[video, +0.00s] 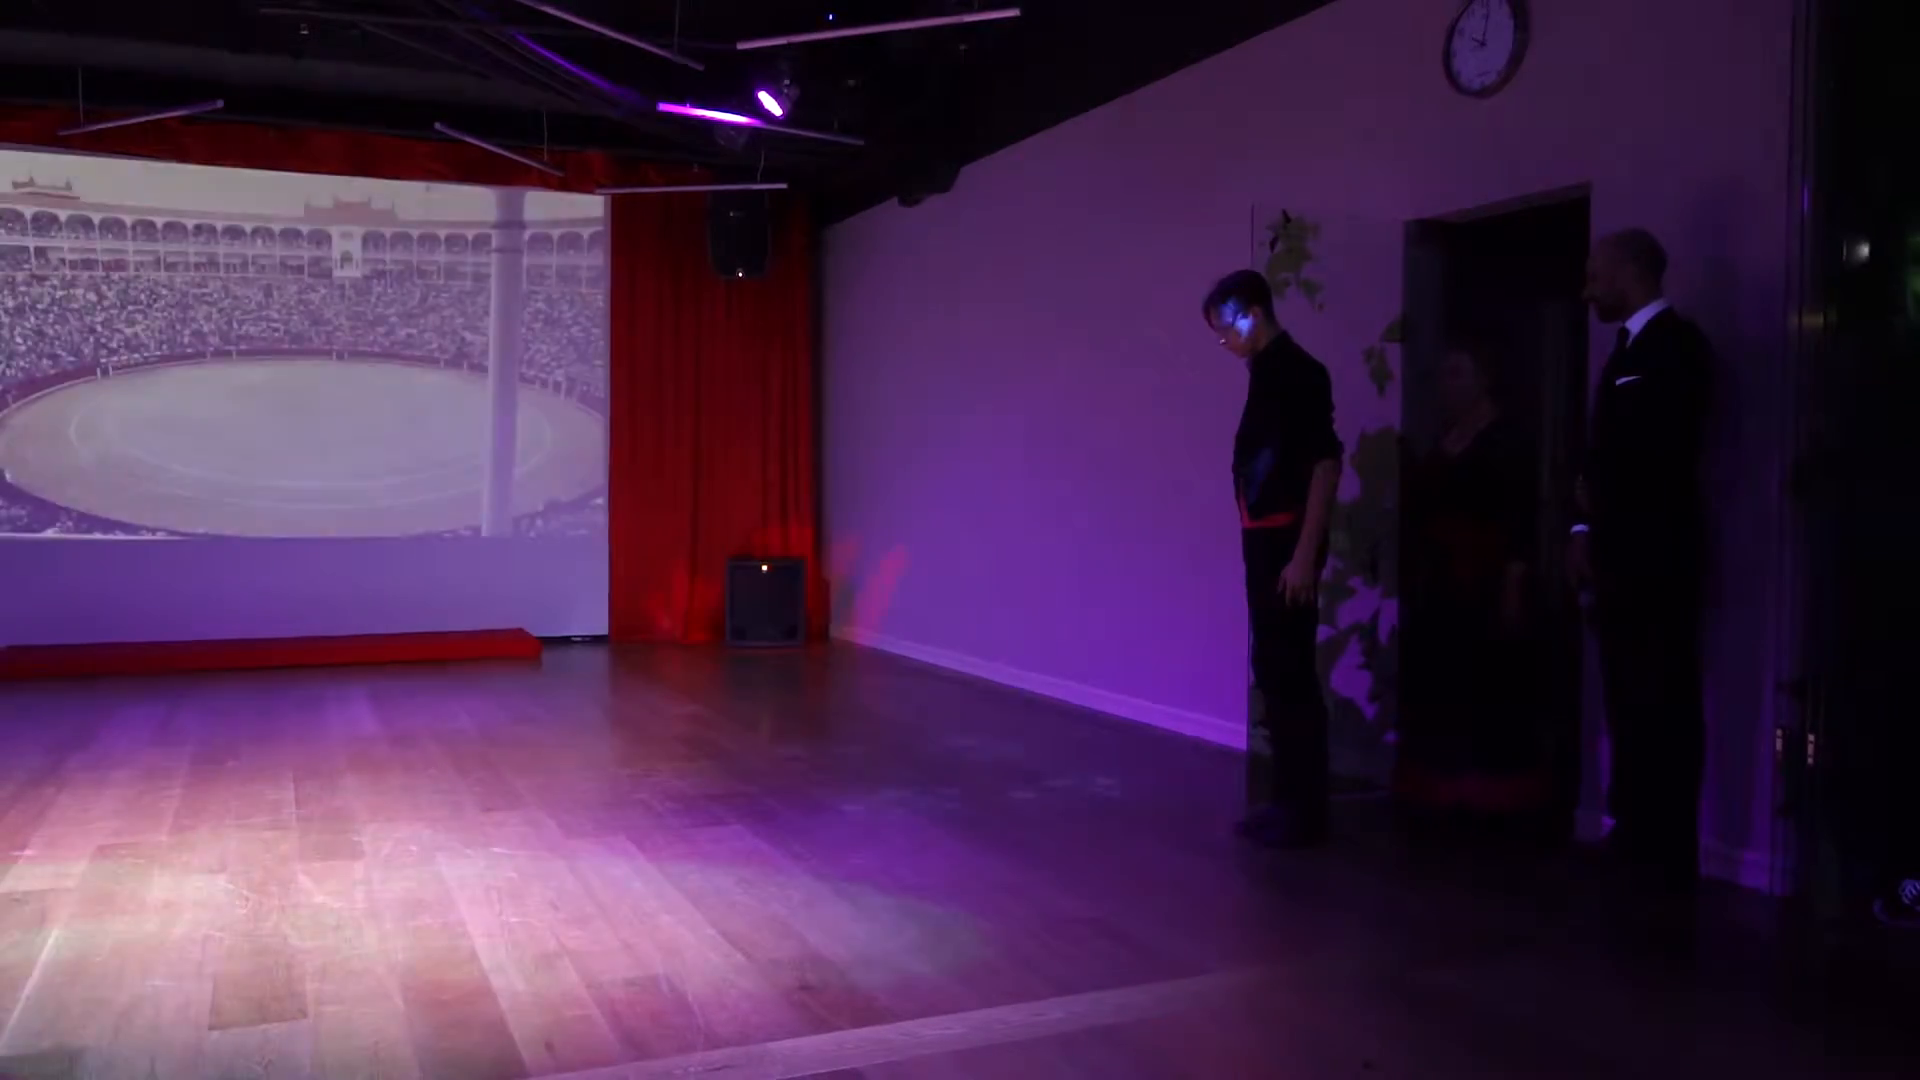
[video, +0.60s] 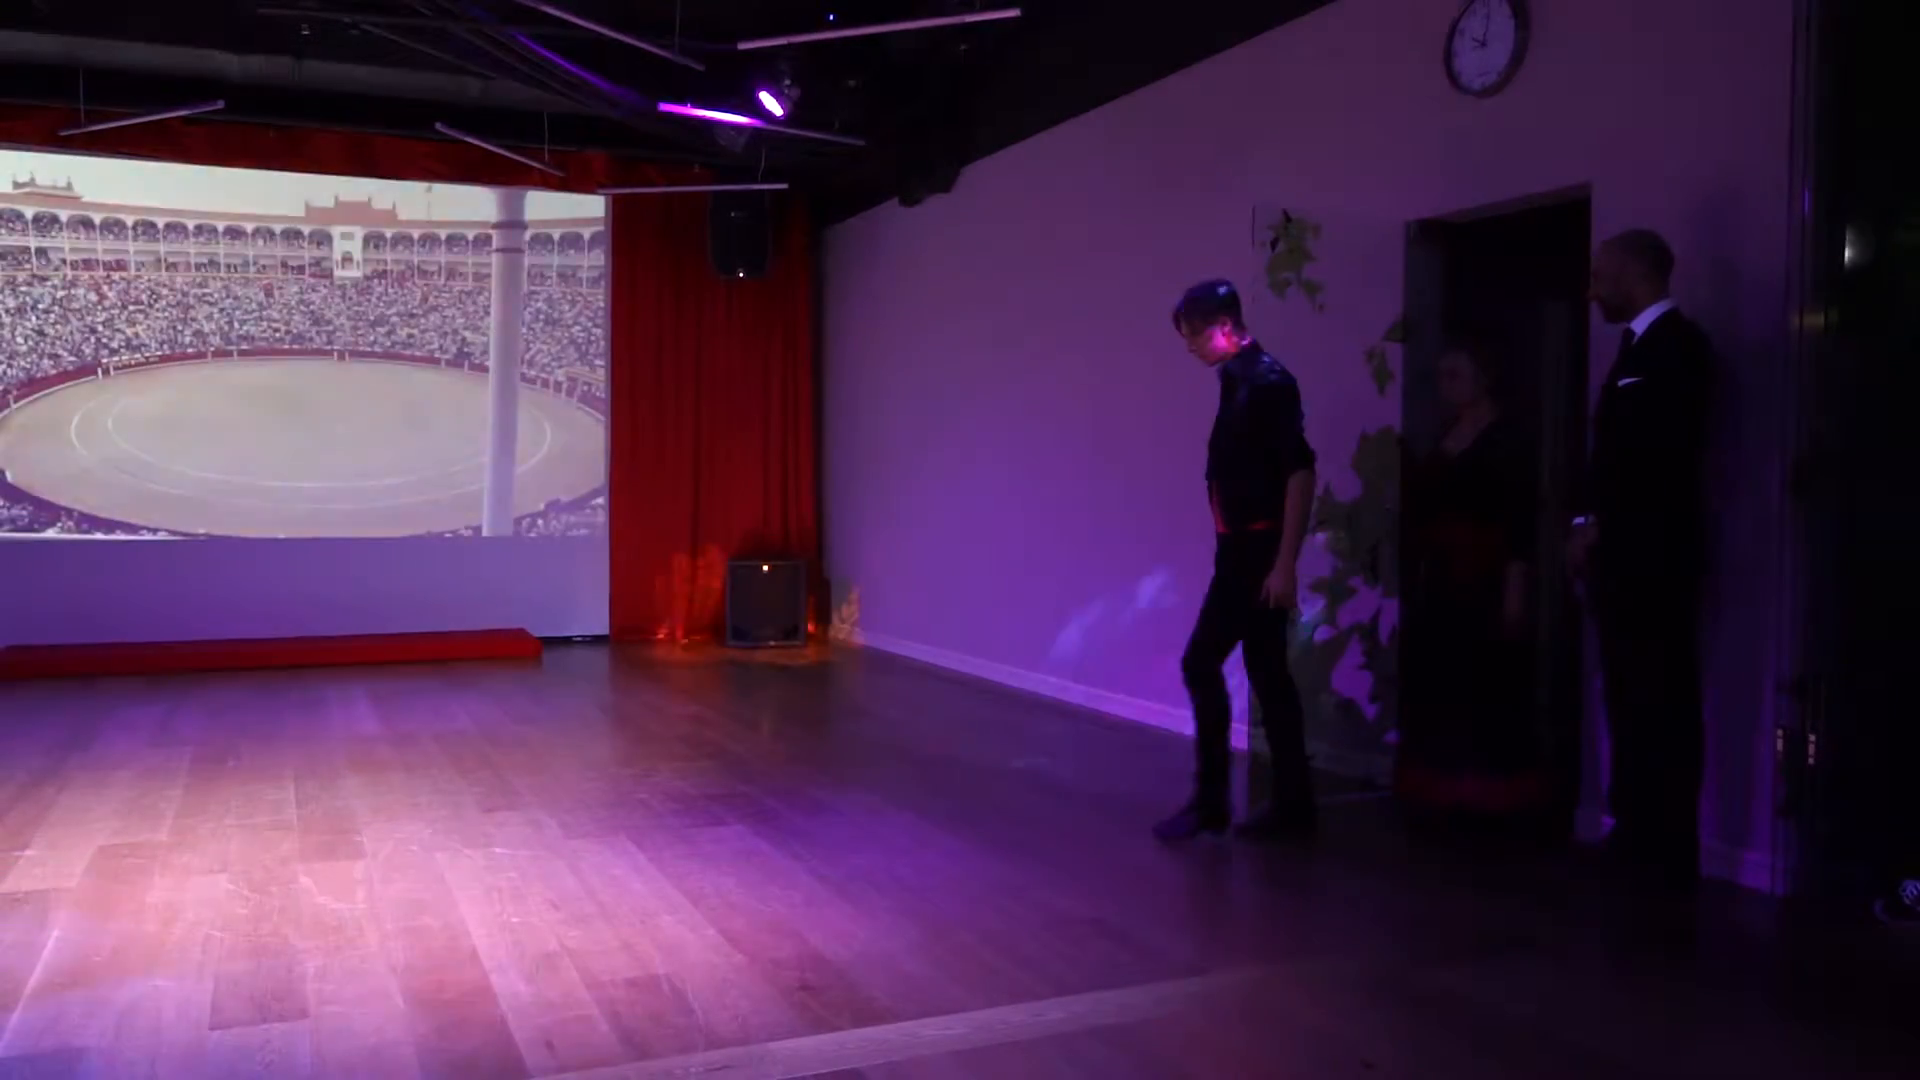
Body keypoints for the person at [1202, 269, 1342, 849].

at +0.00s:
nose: (1223, 341)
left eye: (1225, 327)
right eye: (1219, 331)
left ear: (1252, 314)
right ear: (1248, 318)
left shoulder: (1296, 371)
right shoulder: (1269, 371)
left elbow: (1325, 464)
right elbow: (1280, 466)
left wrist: (1303, 556)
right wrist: (1263, 548)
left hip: (1284, 544)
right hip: (1264, 542)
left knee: (1287, 675)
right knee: (1277, 676)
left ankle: (1299, 809)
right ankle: (1289, 803)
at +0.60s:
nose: (1190, 349)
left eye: (1193, 337)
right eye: (1187, 339)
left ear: (1222, 327)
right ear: (1223, 328)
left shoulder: (1267, 381)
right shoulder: (1240, 379)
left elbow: (1300, 473)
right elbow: (1239, 466)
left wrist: (1285, 564)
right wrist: (1230, 542)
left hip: (1255, 551)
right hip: (1245, 548)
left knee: (1200, 663)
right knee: (1269, 675)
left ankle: (1211, 800)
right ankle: (1293, 802)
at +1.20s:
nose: (1083, 346)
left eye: (1085, 332)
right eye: (1078, 335)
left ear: (1113, 322)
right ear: (1111, 324)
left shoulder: (1153, 380)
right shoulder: (1127, 377)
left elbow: (1173, 476)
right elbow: (1126, 469)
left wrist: (1153, 564)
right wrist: (1105, 542)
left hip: (1135, 546)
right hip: (1117, 542)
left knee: (1112, 672)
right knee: (1126, 670)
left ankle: (1100, 806)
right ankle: (1222, 766)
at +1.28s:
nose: (1067, 344)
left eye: (1071, 331)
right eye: (1063, 333)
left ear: (1098, 321)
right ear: (1091, 326)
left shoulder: (1138, 380)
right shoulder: (1112, 376)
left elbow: (1152, 478)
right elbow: (1112, 469)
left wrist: (1127, 564)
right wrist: (1093, 546)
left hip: (1123, 542)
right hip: (1099, 539)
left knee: (1097, 668)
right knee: (1086, 665)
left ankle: (1099, 806)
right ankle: (1175, 763)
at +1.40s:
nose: (1045, 346)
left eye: (1048, 334)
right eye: (1041, 336)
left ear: (1075, 323)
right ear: (1066, 327)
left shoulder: (1116, 380)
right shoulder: (1088, 376)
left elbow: (1125, 480)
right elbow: (1096, 467)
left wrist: (1096, 563)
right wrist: (1073, 537)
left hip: (1103, 543)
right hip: (1078, 540)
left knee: (1086, 673)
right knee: (1034, 657)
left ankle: (1097, 804)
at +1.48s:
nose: (1027, 346)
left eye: (1031, 333)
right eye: (1023, 335)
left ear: (1058, 324)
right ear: (1049, 329)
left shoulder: (1097, 383)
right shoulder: (1071, 380)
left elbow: (1107, 481)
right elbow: (1077, 472)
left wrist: (1077, 566)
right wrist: (1054, 546)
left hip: (1090, 546)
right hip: (1062, 542)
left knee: (1079, 677)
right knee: (1011, 658)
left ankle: (1098, 806)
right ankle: (1019, 793)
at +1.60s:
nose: (1000, 348)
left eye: (1004, 336)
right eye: (996, 337)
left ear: (1035, 326)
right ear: (1028, 329)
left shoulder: (1071, 386)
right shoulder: (1049, 379)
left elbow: (1079, 483)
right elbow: (1051, 473)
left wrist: (1053, 570)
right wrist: (1030, 550)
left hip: (1063, 549)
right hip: (1037, 546)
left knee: (1065, 679)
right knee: (991, 668)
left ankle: (1098, 805)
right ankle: (955, 796)